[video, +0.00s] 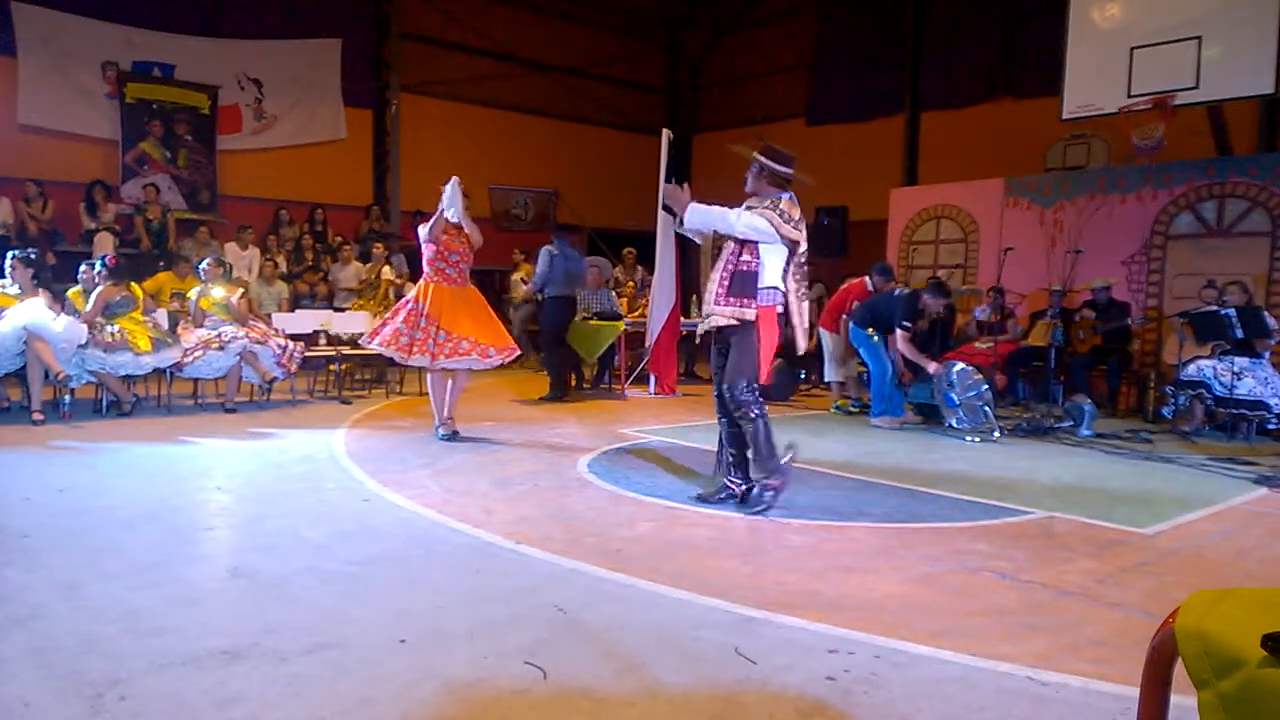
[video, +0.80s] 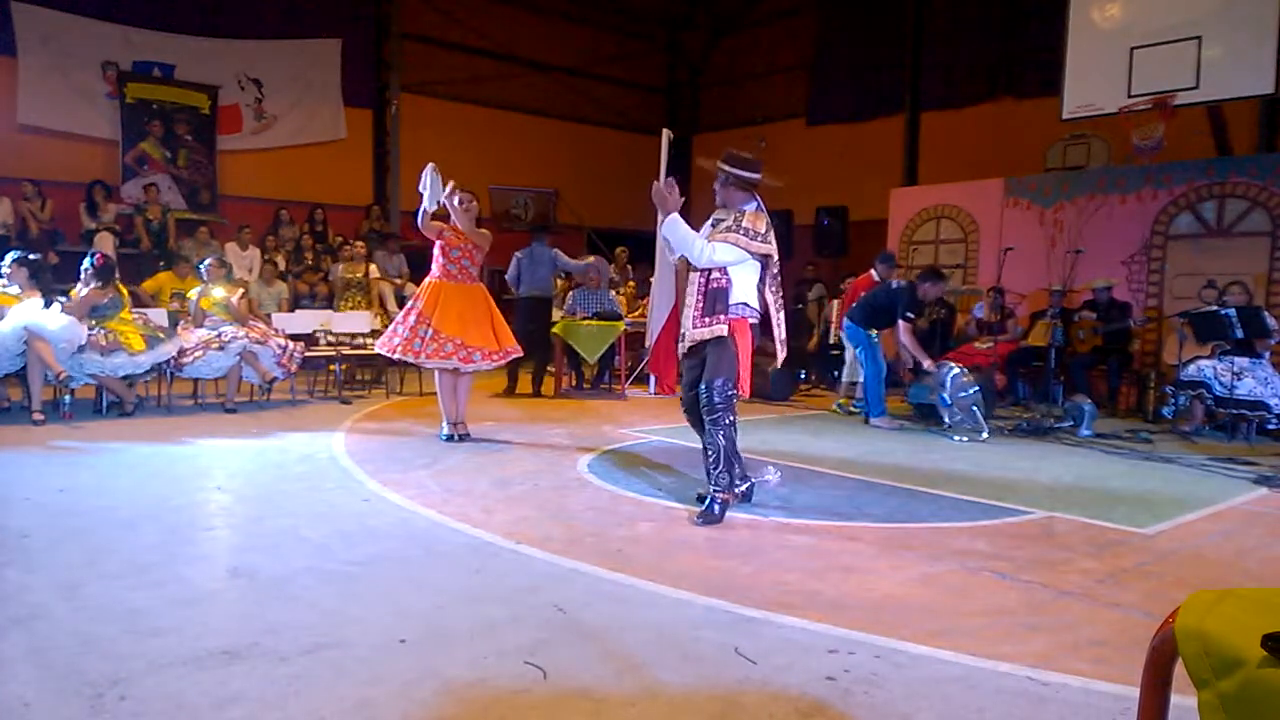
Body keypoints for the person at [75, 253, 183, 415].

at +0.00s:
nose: (95, 277)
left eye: (97, 273)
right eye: (95, 273)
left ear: (105, 273)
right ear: (120, 271)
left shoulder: (103, 292)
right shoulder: (134, 287)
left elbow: (89, 318)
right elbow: (151, 307)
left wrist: (76, 318)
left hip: (121, 337)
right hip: (140, 334)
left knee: (88, 360)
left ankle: (126, 396)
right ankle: (124, 394)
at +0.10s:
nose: (95, 275)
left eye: (97, 272)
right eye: (95, 272)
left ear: (104, 273)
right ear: (120, 271)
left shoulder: (102, 292)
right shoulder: (133, 288)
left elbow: (84, 318)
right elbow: (149, 311)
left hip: (119, 337)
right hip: (138, 334)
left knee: (88, 360)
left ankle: (126, 396)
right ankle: (125, 394)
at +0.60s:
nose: (84, 276)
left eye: (86, 272)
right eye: (84, 272)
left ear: (94, 275)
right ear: (111, 272)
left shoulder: (95, 296)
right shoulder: (120, 288)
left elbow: (78, 320)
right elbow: (136, 303)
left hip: (116, 336)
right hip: (130, 330)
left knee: (87, 360)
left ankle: (128, 397)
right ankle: (126, 394)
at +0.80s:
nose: (82, 274)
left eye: (85, 270)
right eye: (82, 270)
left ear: (95, 274)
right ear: (110, 271)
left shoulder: (93, 294)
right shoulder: (116, 286)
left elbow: (73, 313)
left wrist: (78, 289)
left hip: (114, 336)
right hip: (128, 330)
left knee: (84, 360)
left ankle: (128, 396)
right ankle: (126, 393)